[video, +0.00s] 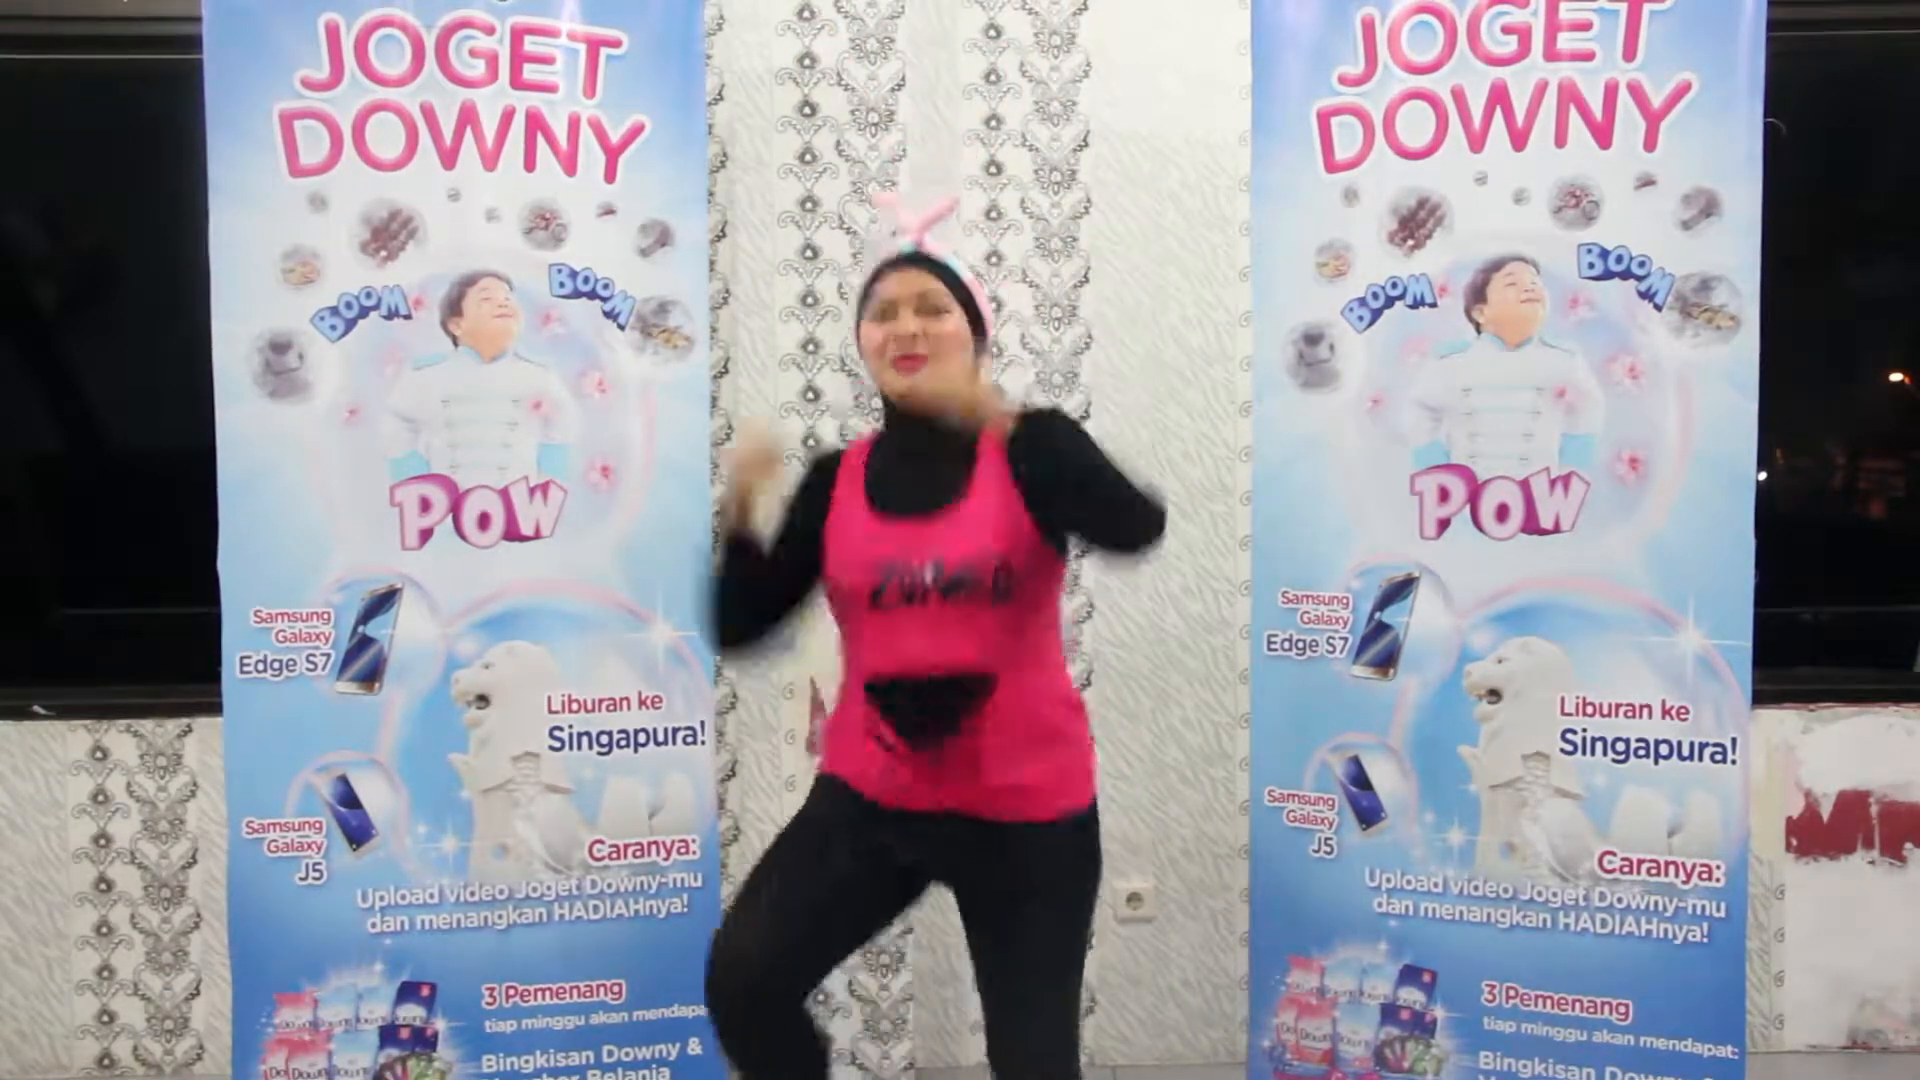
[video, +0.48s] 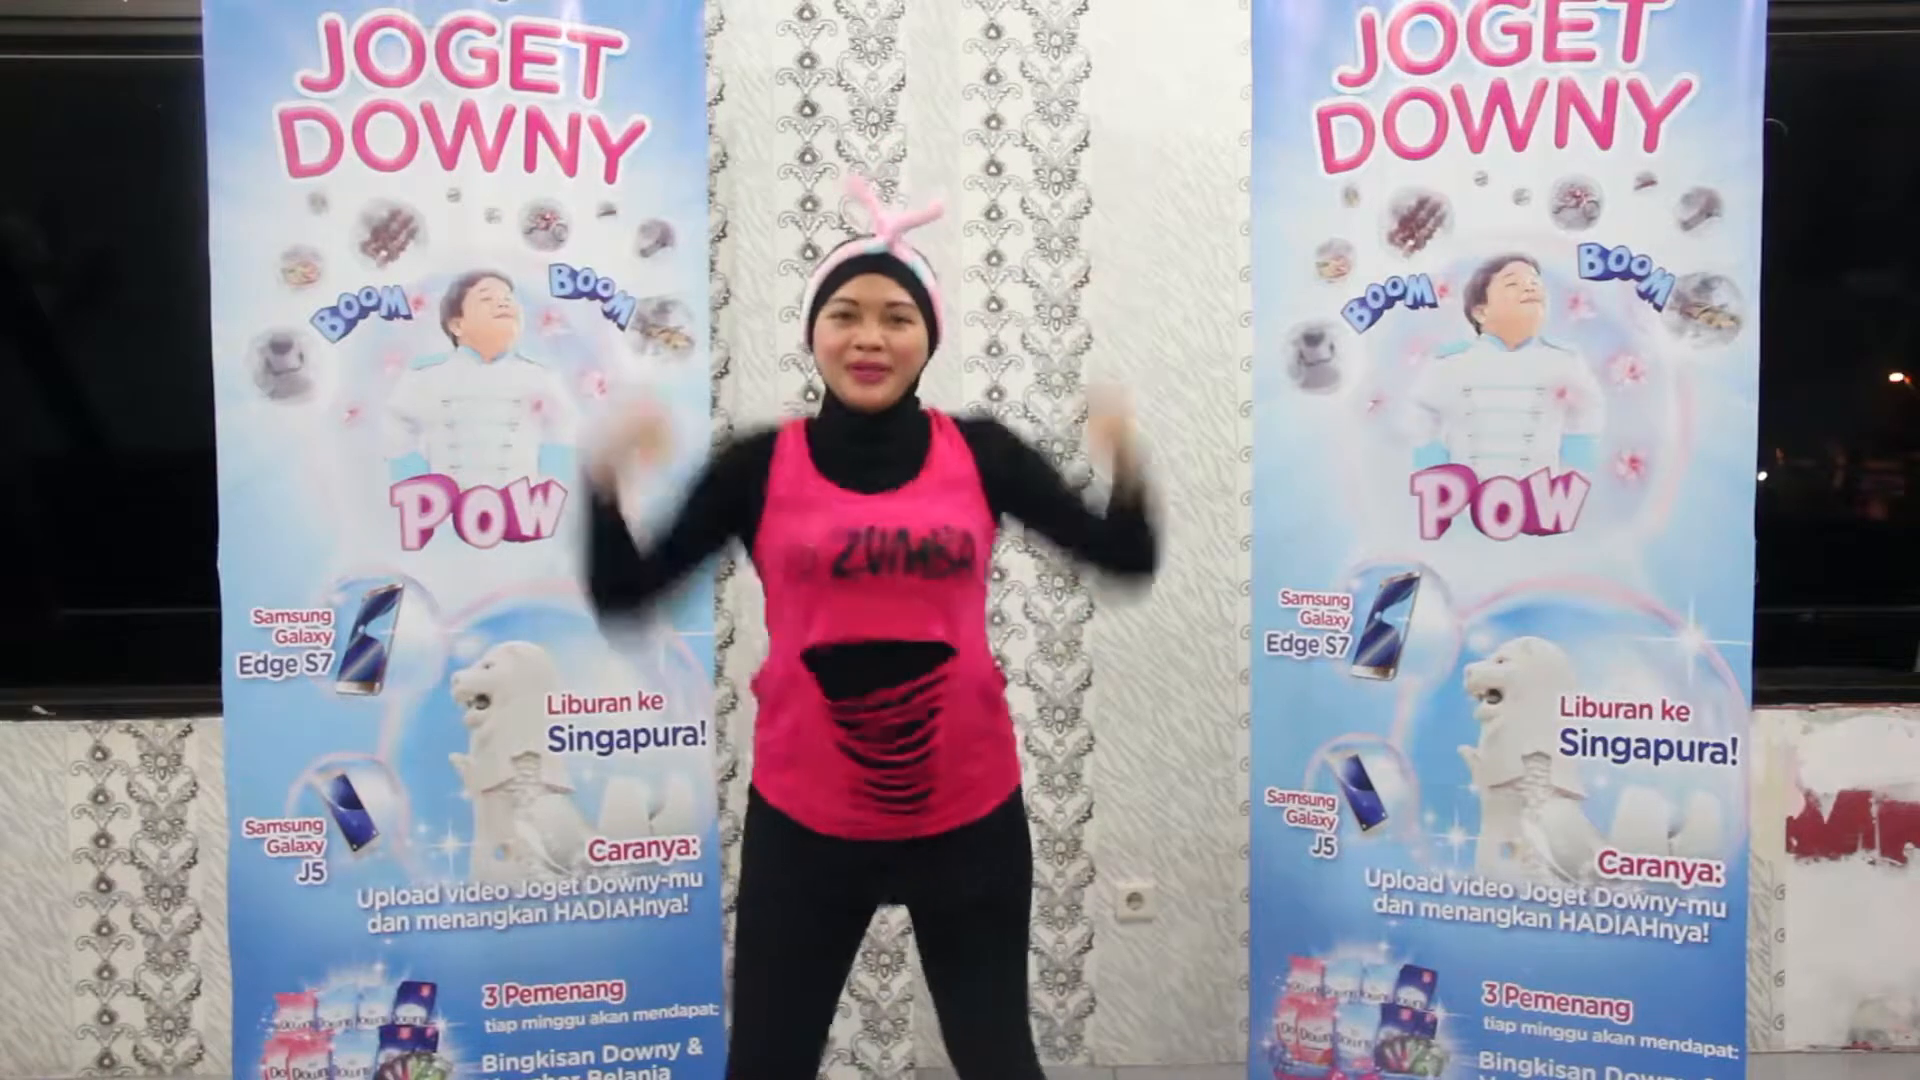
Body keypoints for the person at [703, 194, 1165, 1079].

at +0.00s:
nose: (906, 328)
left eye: (930, 310)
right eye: (884, 314)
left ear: (976, 336)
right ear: (861, 348)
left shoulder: (1032, 453)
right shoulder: (836, 480)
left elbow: (1136, 526)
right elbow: (741, 621)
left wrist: (1012, 425)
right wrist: (738, 523)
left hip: (1024, 809)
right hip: (872, 800)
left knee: (1034, 1059)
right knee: (744, 981)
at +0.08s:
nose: (895, 303)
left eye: (920, 282)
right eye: (872, 285)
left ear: (960, 304)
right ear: (846, 310)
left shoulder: (1014, 410)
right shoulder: (812, 435)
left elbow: (1139, 409)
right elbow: (664, 492)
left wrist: (1053, 287)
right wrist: (690, 359)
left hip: (1011, 780)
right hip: (857, 781)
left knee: (1042, 1042)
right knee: (744, 1022)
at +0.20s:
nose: (879, 345)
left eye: (903, 327)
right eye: (858, 327)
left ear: (938, 350)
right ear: (826, 350)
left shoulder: (976, 446)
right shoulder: (779, 450)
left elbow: (1056, 279)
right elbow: (681, 305)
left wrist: (1147, 124)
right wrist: (614, 137)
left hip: (977, 835)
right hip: (815, 840)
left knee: (1041, 1063)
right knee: (761, 1063)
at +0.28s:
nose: (869, 355)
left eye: (895, 340)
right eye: (847, 335)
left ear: (928, 370)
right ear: (813, 363)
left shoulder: (958, 472)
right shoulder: (770, 467)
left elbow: (1055, 318)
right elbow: (690, 305)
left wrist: (1130, 146)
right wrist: (607, 142)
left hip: (958, 849)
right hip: (796, 850)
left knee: (1022, 1064)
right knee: (740, 1064)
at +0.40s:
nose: (869, 330)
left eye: (895, 314)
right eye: (846, 310)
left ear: (927, 342)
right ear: (812, 335)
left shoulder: (972, 442)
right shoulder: (752, 445)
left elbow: (1148, 421)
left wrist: (1127, 277)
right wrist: (584, 281)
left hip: (960, 824)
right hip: (797, 827)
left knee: (1004, 1057)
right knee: (763, 1062)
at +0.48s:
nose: (870, 337)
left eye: (896, 318)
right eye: (845, 315)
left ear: (928, 344)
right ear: (813, 338)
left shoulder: (980, 453)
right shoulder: (757, 465)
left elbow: (1129, 558)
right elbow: (621, 590)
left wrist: (1127, 468)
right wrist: (600, 482)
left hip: (966, 817)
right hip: (808, 820)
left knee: (997, 1060)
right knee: (767, 1061)